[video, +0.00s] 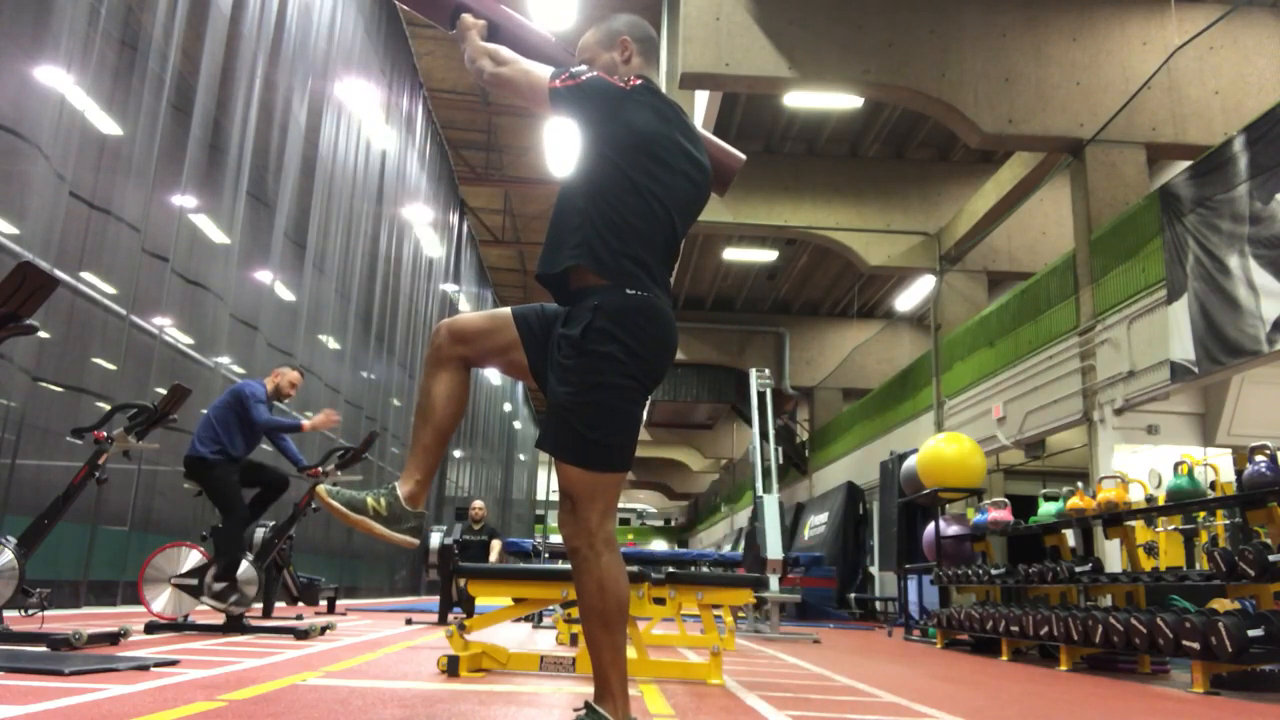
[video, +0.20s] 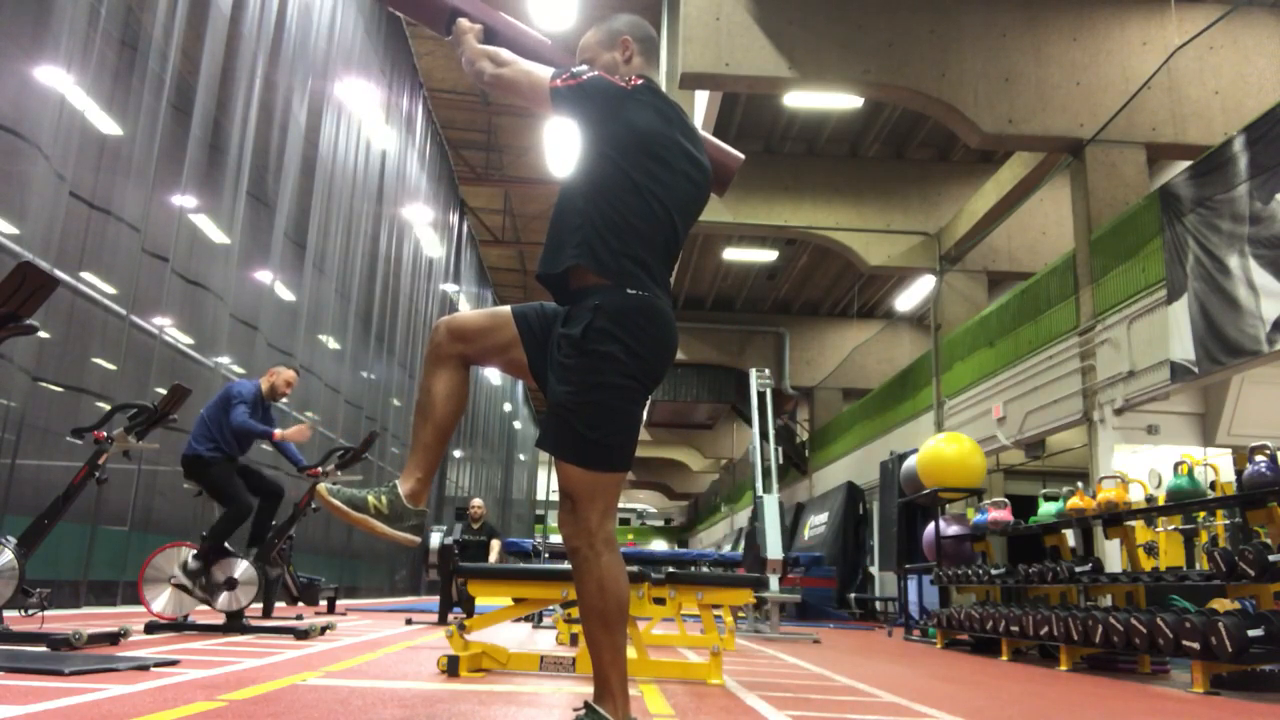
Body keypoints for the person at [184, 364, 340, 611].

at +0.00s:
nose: (292, 393)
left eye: (296, 390)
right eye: (291, 385)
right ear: (276, 376)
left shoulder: (264, 405)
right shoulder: (251, 389)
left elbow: (278, 438)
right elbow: (263, 421)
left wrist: (303, 467)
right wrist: (309, 424)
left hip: (229, 462)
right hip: (207, 460)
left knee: (278, 481)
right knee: (237, 516)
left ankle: (235, 527)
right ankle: (219, 582)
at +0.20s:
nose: (288, 392)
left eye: (291, 388)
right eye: (287, 384)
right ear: (271, 376)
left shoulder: (263, 406)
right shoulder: (244, 390)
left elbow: (278, 438)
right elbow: (238, 422)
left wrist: (303, 466)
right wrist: (278, 435)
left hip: (226, 462)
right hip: (202, 460)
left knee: (273, 492)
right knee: (242, 506)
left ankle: (255, 550)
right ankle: (199, 560)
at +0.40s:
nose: (284, 385)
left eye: (288, 381)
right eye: (282, 378)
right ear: (266, 370)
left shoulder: (264, 404)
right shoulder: (237, 388)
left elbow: (277, 434)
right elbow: (233, 427)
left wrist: (303, 466)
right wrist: (271, 446)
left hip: (222, 463)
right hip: (202, 457)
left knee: (247, 521)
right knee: (264, 475)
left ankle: (228, 578)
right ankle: (218, 527)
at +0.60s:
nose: (282, 384)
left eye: (285, 380)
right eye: (279, 376)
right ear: (262, 369)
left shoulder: (262, 401)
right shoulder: (236, 389)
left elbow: (275, 431)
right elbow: (248, 429)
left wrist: (300, 460)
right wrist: (286, 455)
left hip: (220, 460)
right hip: (203, 457)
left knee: (259, 509)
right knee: (260, 487)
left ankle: (229, 543)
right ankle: (237, 546)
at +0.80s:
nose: (285, 384)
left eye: (289, 380)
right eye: (283, 377)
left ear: (285, 381)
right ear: (265, 370)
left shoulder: (264, 399)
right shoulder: (243, 388)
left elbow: (277, 430)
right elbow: (258, 428)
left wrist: (301, 463)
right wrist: (288, 460)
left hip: (229, 461)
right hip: (205, 460)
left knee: (278, 481)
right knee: (232, 515)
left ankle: (235, 529)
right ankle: (220, 585)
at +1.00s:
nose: (286, 386)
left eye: (290, 381)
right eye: (284, 378)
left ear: (290, 381)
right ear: (267, 371)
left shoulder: (266, 398)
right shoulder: (242, 388)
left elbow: (279, 430)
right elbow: (258, 428)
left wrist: (301, 461)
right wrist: (289, 461)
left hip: (219, 457)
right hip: (196, 454)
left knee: (261, 498)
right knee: (236, 496)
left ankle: (254, 558)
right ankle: (197, 552)